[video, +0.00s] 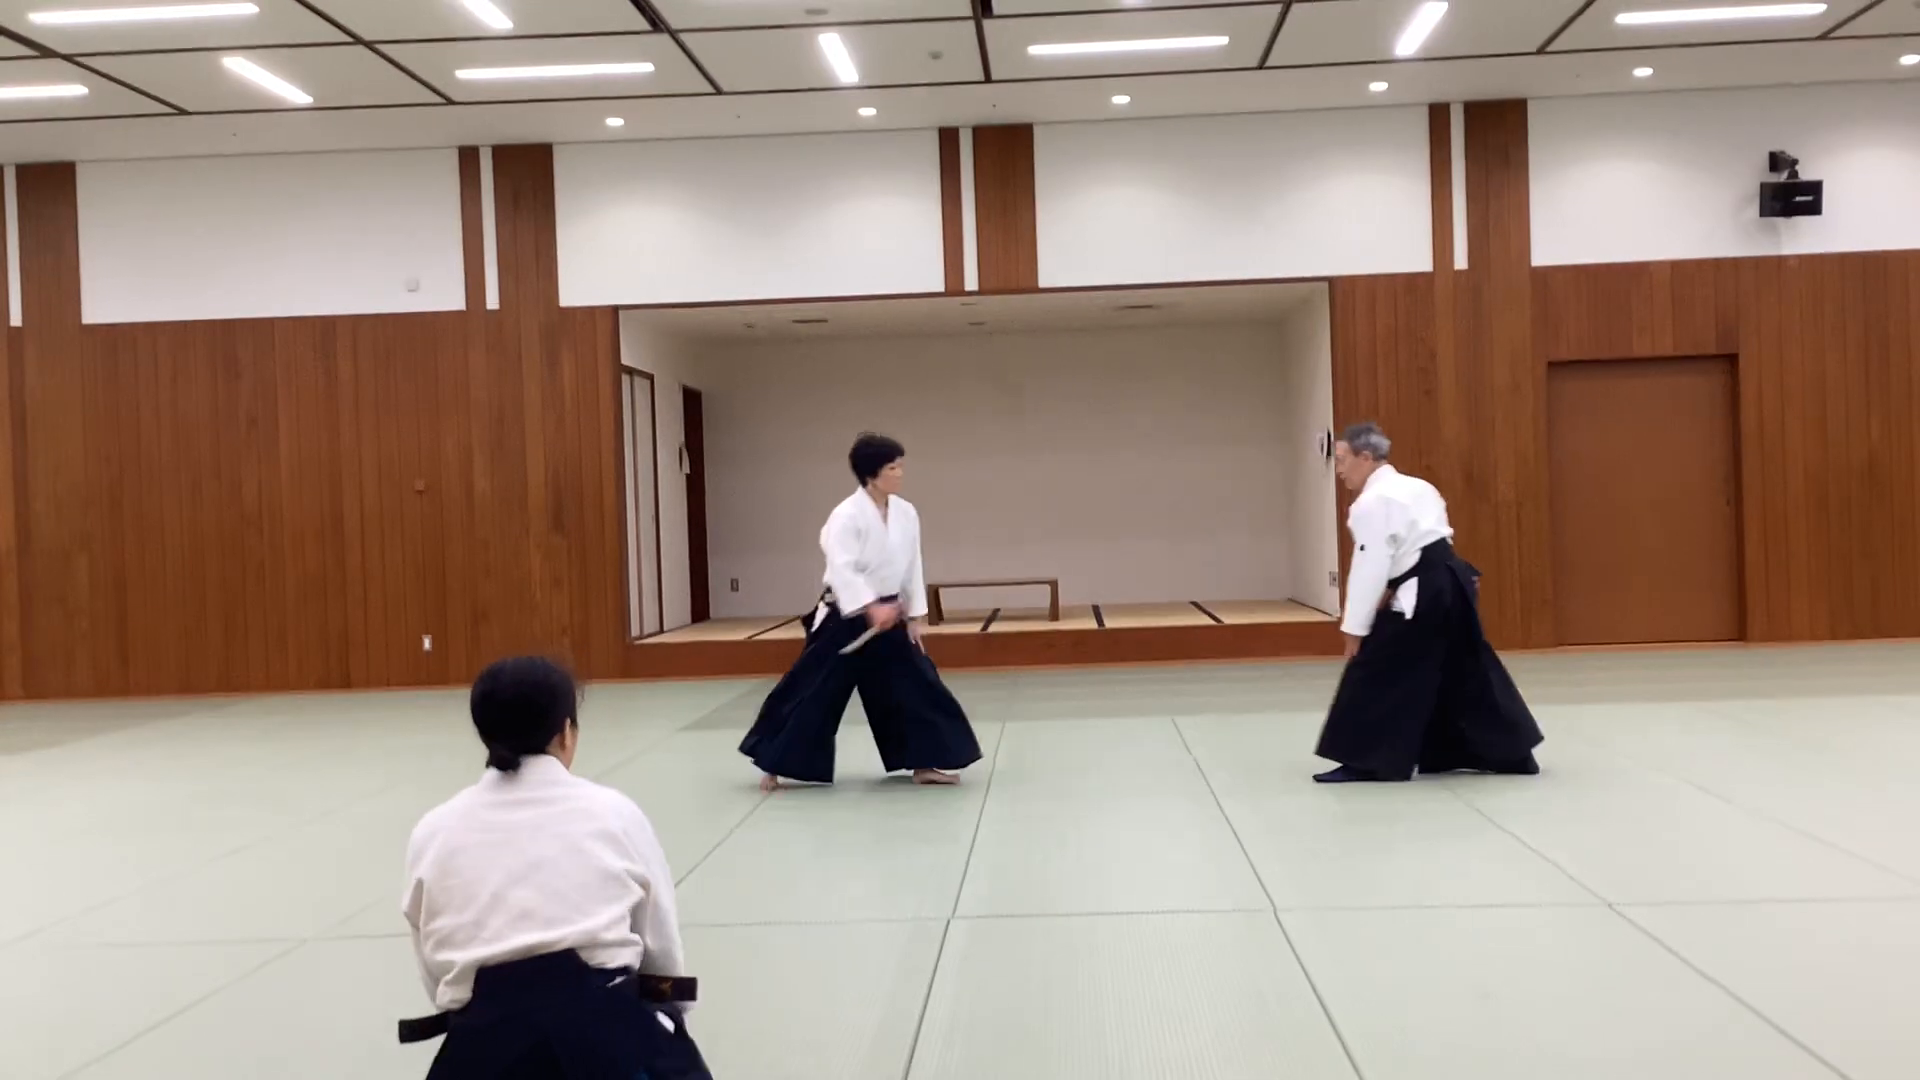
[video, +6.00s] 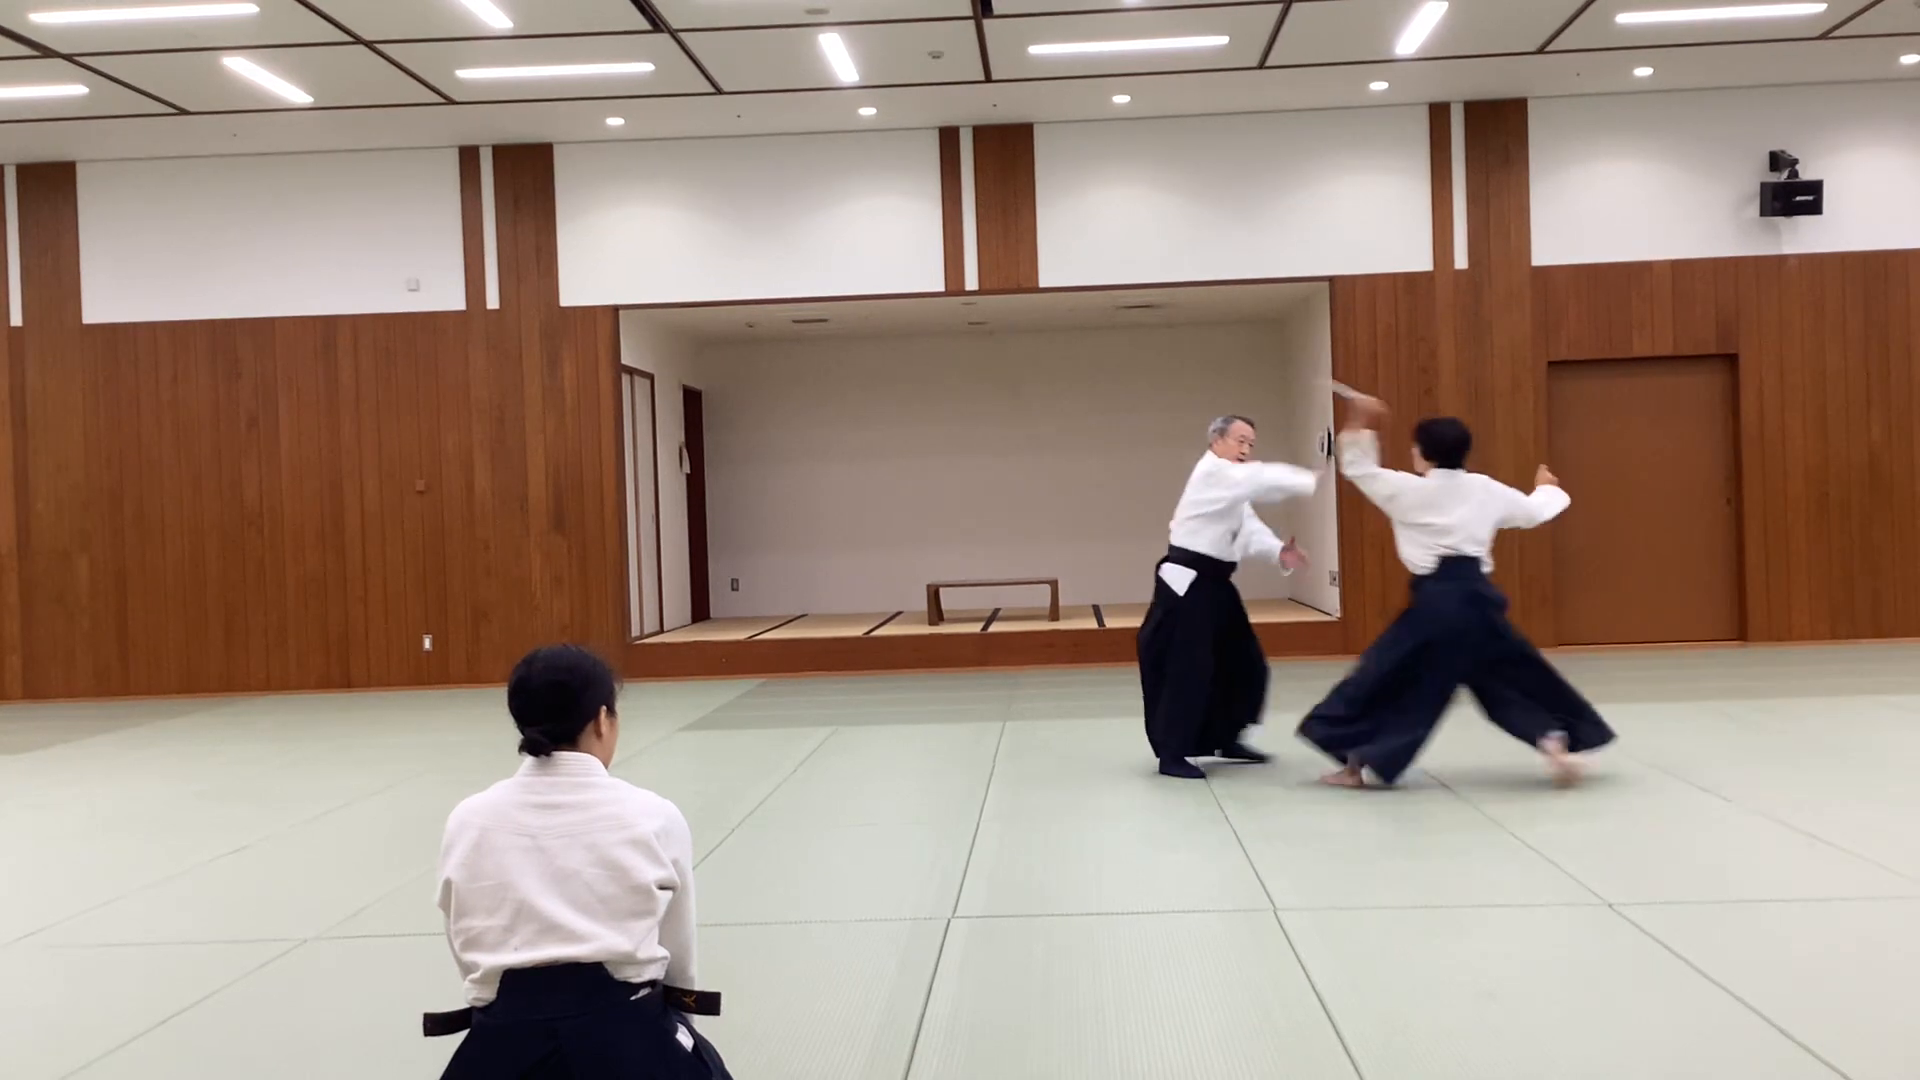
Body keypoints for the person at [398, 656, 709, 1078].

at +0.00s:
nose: (575, 736)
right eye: (575, 726)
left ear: (487, 735)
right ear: (566, 735)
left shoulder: (435, 830)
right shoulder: (614, 811)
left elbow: (436, 977)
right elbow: (661, 950)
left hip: (486, 1041)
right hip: (607, 1030)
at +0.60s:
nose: (553, 729)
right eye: (550, 717)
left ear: (464, 739)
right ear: (541, 726)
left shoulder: (421, 837)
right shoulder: (594, 809)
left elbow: (430, 967)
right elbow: (656, 940)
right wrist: (712, 1040)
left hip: (466, 1039)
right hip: (590, 1028)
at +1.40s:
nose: (612, 720)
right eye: (611, 709)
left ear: (521, 727)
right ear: (603, 717)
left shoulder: (474, 813)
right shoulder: (658, 809)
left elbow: (468, 950)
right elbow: (678, 955)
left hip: (505, 1038)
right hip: (630, 1035)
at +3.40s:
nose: (619, 721)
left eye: (618, 709)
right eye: (619, 709)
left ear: (527, 725)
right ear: (609, 716)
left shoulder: (476, 815)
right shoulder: (661, 816)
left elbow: (471, 949)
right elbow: (681, 963)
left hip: (507, 1040)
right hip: (631, 1038)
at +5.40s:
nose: (620, 726)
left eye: (620, 713)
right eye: (619, 714)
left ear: (528, 723)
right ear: (605, 720)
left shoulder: (469, 819)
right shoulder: (656, 817)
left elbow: (467, 954)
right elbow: (679, 965)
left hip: (504, 1046)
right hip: (630, 1044)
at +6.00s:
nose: (615, 726)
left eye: (615, 713)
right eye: (615, 714)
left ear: (524, 723)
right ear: (601, 722)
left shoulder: (467, 821)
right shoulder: (654, 817)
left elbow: (467, 956)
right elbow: (679, 966)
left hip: (503, 1047)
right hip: (628, 1044)